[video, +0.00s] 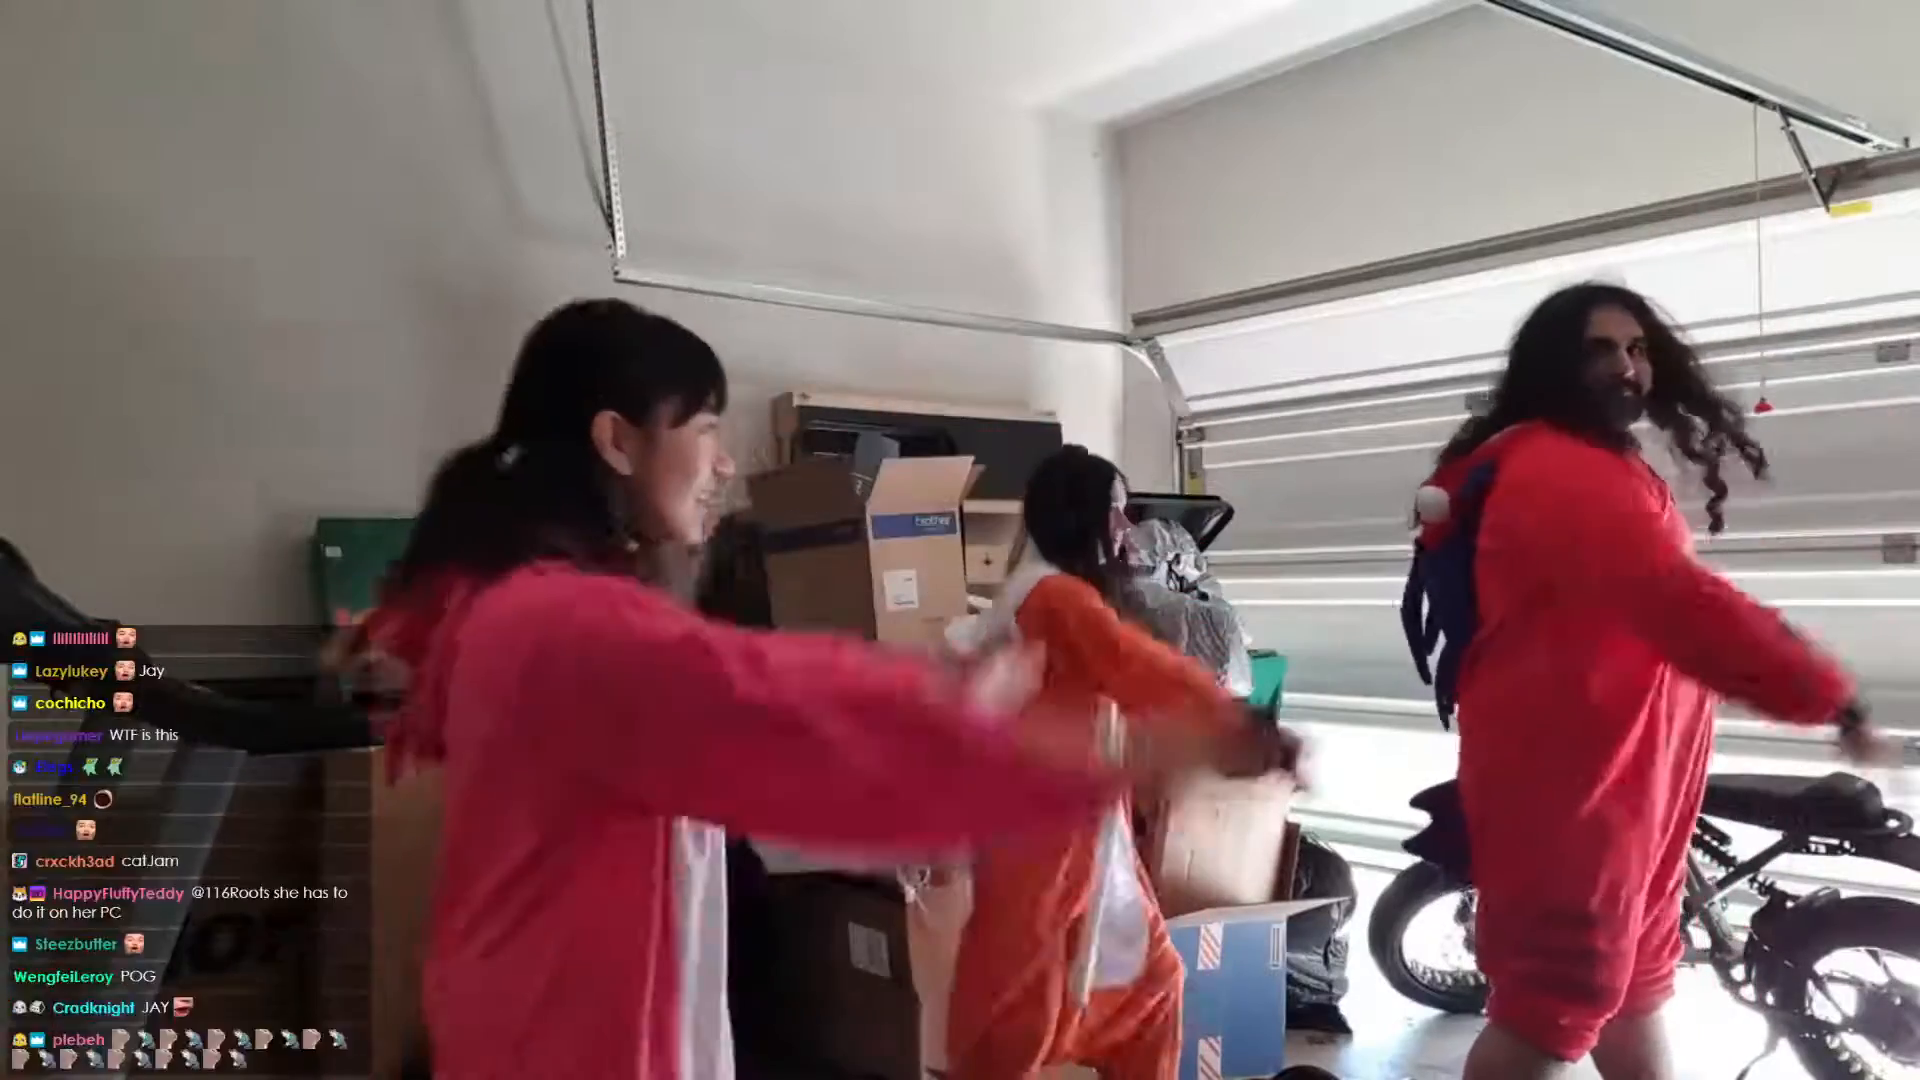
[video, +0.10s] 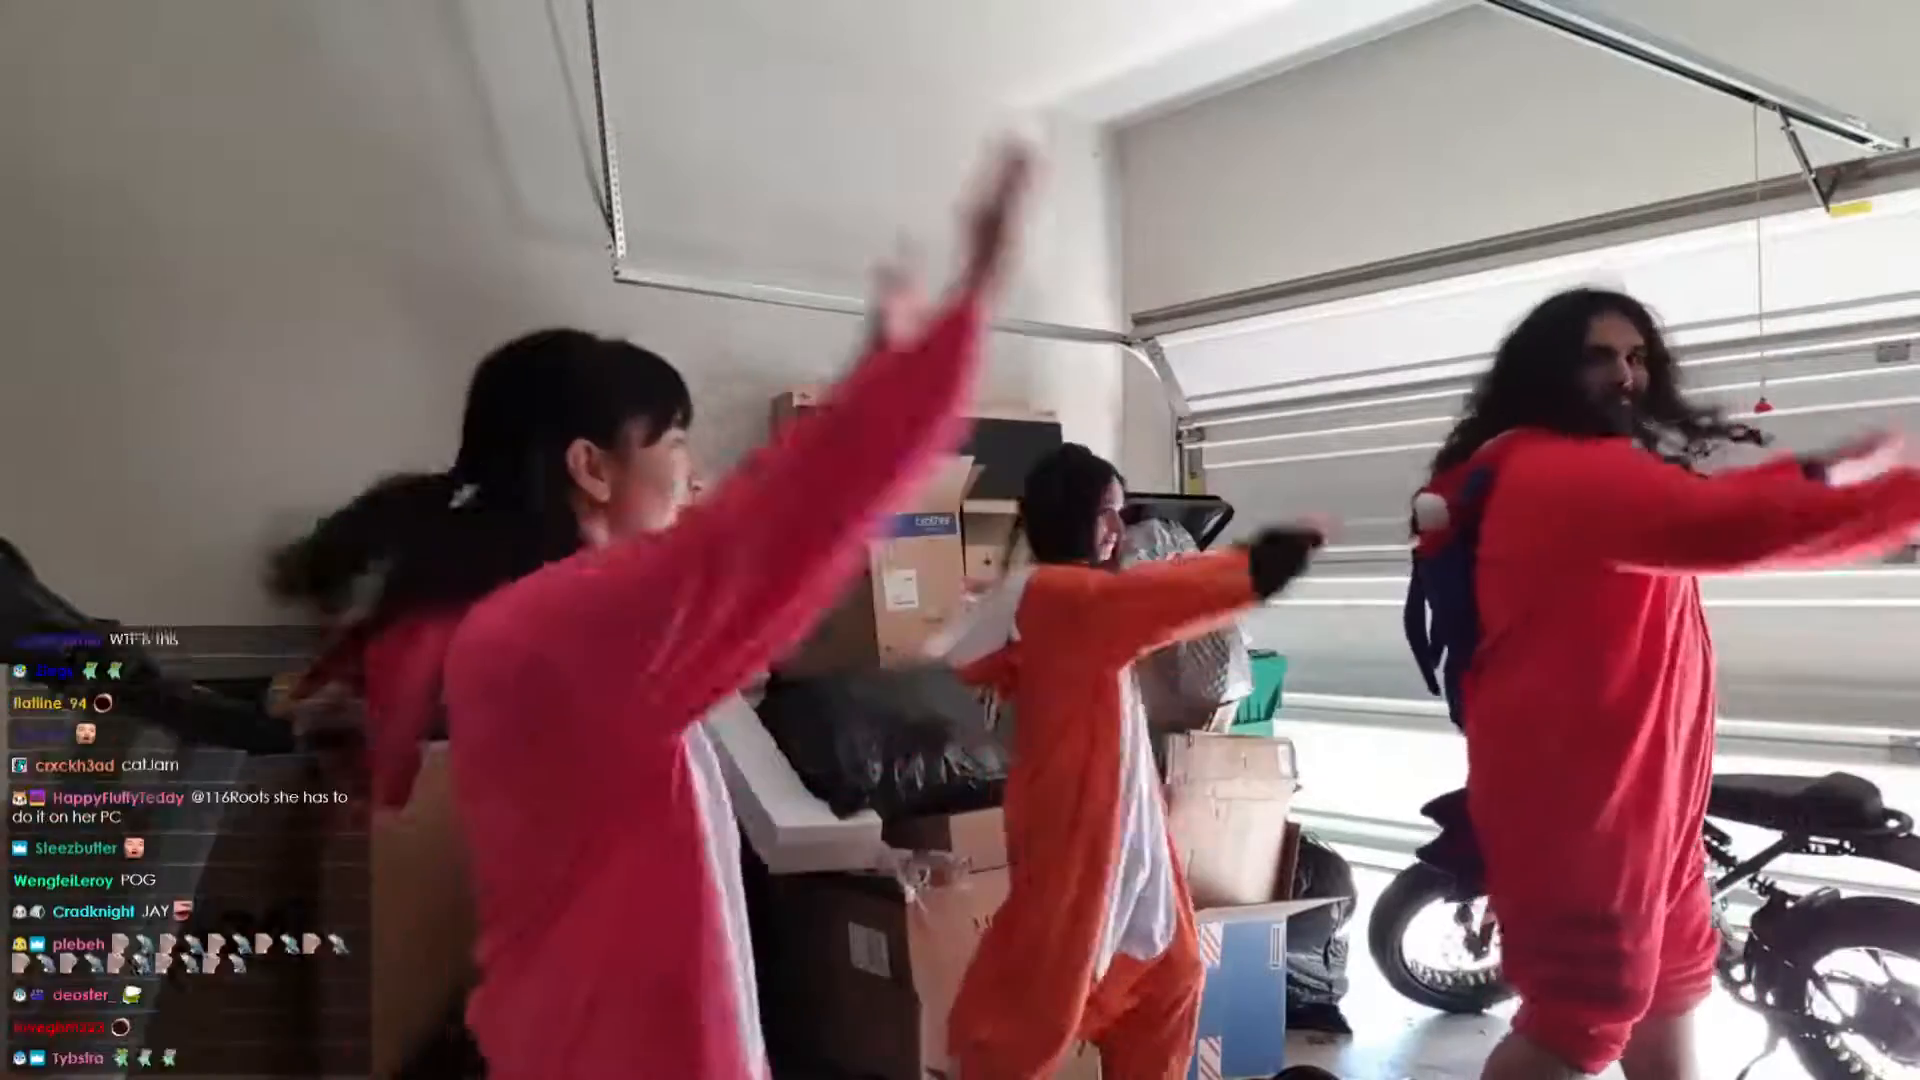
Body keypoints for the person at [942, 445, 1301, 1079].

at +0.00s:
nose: (1130, 531)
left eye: (1129, 513)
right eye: (1121, 513)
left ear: (1048, 517)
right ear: (1090, 518)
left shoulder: (1064, 592)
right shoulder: (1055, 594)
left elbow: (1152, 679)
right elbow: (1141, 672)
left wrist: (1237, 727)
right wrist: (1245, 725)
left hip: (1095, 823)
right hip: (1048, 826)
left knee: (1151, 976)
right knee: (1018, 993)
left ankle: (1144, 1074)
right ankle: (989, 1071)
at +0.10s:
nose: (1118, 529)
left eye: (1120, 513)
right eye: (1107, 513)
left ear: (1044, 520)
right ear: (1073, 518)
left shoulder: (1074, 597)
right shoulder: (1051, 595)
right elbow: (1154, 595)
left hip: (1127, 808)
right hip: (1074, 817)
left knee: (1173, 970)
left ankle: (1155, 1069)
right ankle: (988, 1059)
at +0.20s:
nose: (1123, 541)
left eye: (1123, 528)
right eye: (1113, 528)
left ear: (1053, 529)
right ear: (1084, 530)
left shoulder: (1089, 608)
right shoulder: (1062, 606)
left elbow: (974, 683)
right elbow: (1161, 568)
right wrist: (1231, 465)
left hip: (1153, 823)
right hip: (1098, 831)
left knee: (1192, 975)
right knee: (1073, 998)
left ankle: (1158, 1069)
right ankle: (1005, 1064)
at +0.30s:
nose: (1141, 538)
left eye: (1137, 523)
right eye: (1127, 523)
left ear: (1057, 541)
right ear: (1103, 539)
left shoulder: (1093, 621)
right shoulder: (1071, 626)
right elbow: (1153, 556)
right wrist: (1174, 446)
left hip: (1156, 822)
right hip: (1105, 835)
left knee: (1219, 979)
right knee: (1100, 1033)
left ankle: (1168, 1075)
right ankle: (1016, 1070)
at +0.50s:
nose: (1140, 525)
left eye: (1143, 510)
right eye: (1129, 509)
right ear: (1088, 509)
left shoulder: (1097, 589)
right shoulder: (1052, 583)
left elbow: (1168, 629)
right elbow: (1135, 619)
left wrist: (1255, 639)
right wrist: (1216, 596)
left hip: (1119, 801)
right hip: (1054, 800)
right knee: (1041, 1001)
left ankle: (1157, 1067)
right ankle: (998, 1069)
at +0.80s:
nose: (1154, 541)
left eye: (1152, 527)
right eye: (1146, 528)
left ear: (1076, 533)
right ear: (1116, 536)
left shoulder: (1054, 602)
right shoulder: (1089, 620)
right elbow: (1113, 743)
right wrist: (1147, 853)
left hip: (1015, 816)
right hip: (1041, 829)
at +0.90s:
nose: (1138, 521)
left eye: (1138, 505)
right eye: (1130, 505)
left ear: (1063, 510)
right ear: (1096, 511)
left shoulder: (1058, 582)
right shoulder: (1073, 592)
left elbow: (1160, 669)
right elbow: (1166, 663)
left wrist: (1263, 708)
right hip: (1065, 823)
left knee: (1149, 979)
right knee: (1033, 981)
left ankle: (1144, 1074)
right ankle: (999, 1069)